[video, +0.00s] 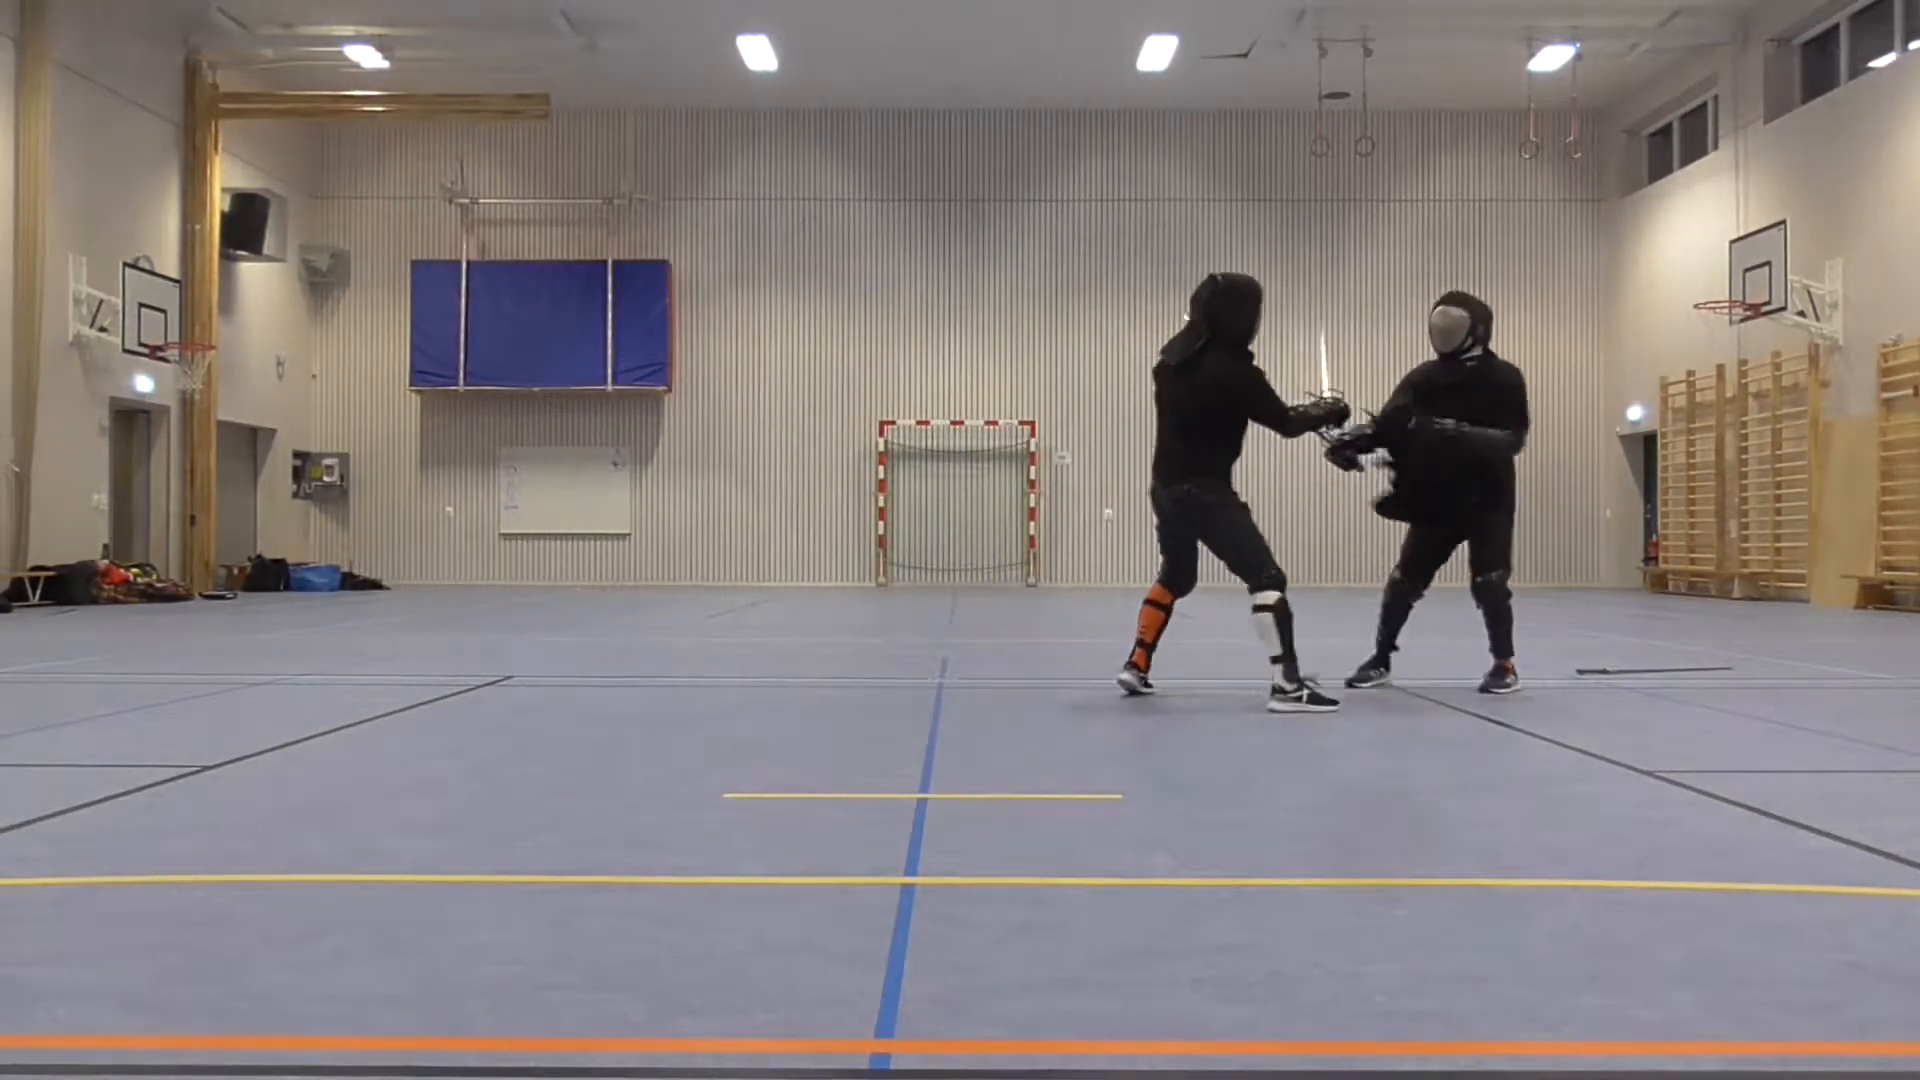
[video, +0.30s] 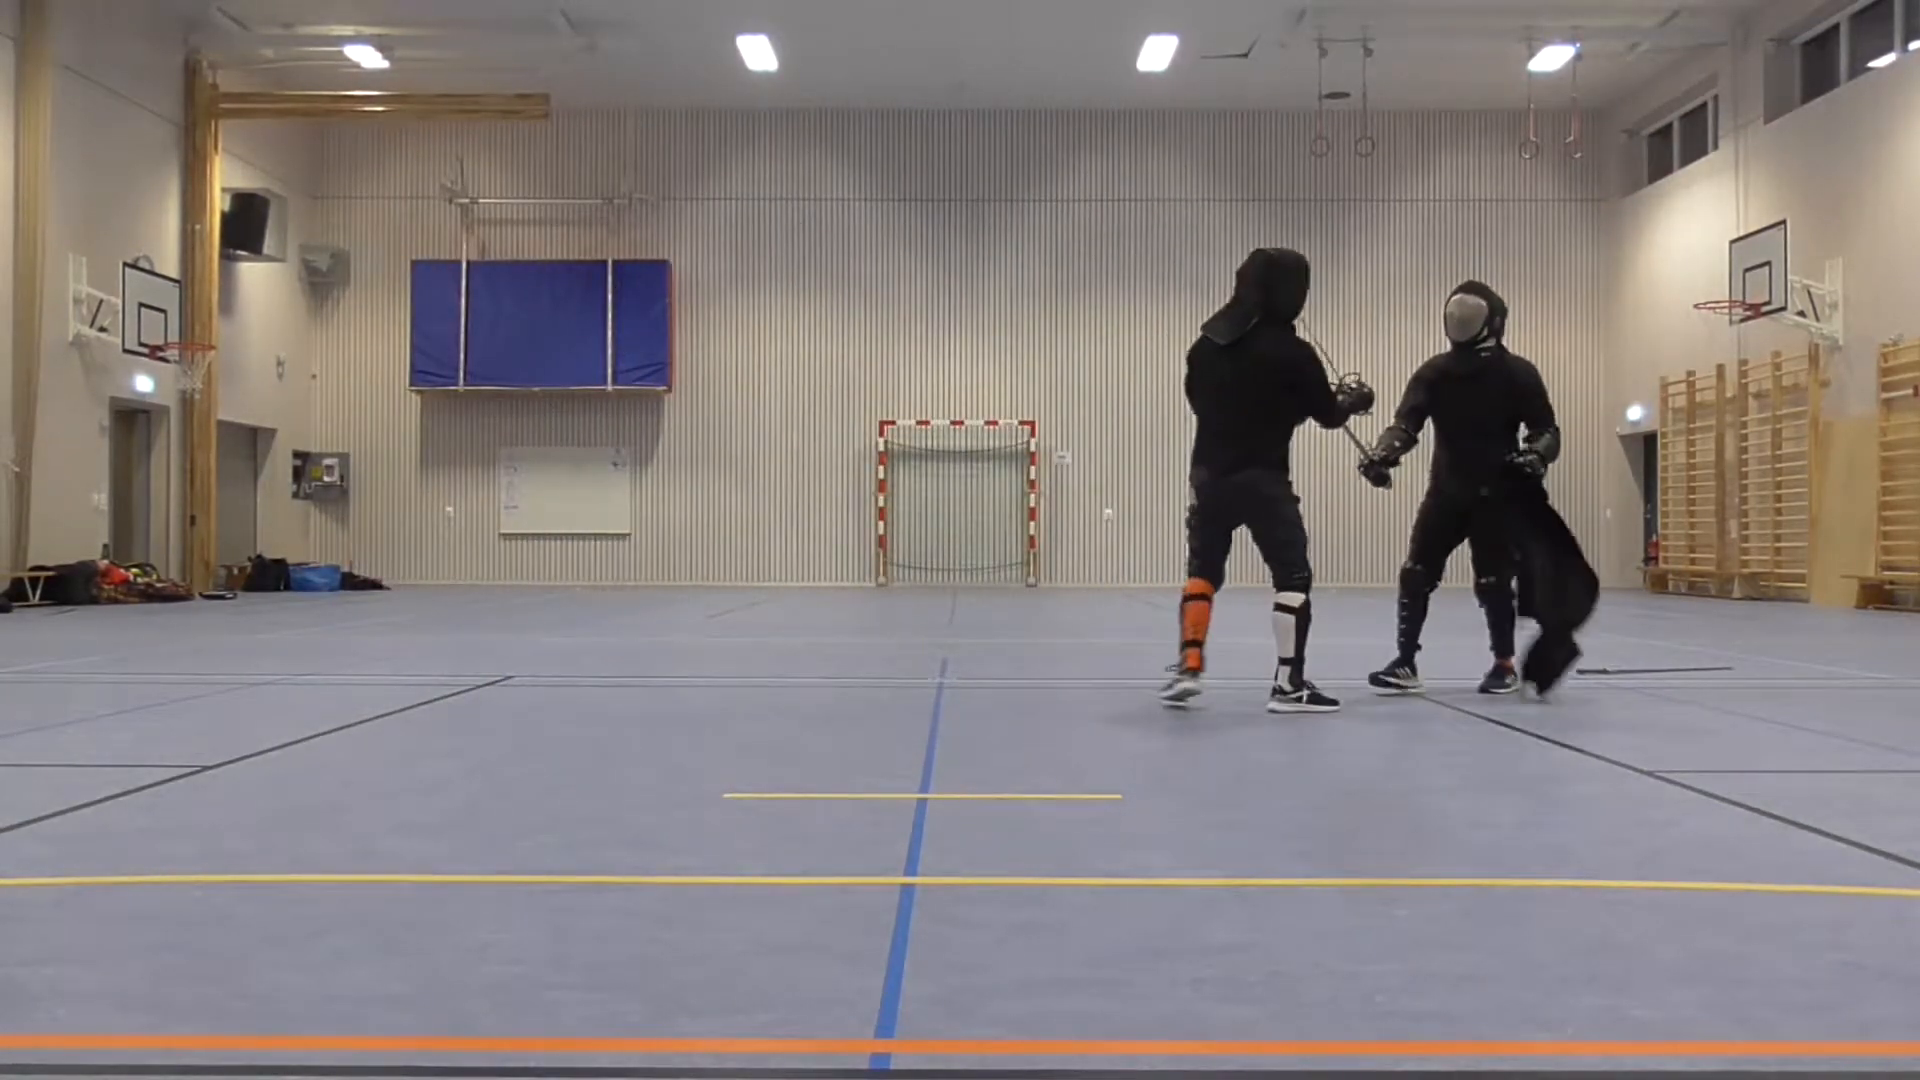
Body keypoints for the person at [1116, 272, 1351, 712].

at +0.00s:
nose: (1256, 323)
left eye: (1255, 314)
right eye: (1253, 315)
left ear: (1204, 314)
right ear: (1240, 319)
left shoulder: (1171, 360)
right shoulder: (1237, 372)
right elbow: (1287, 425)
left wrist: (1294, 410)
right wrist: (1327, 410)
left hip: (1166, 490)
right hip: (1209, 492)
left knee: (1175, 576)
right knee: (1266, 579)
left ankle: (1135, 668)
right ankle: (1288, 683)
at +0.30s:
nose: (1302, 301)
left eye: (1303, 291)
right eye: (1299, 292)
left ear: (1245, 287)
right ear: (1287, 294)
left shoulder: (1208, 341)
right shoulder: (1292, 352)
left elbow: (1197, 398)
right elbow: (1327, 415)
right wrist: (1350, 400)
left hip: (1210, 480)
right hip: (1265, 481)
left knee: (1202, 568)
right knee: (1293, 576)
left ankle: (1188, 669)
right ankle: (1289, 681)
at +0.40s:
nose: (1305, 294)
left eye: (1304, 285)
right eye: (1302, 286)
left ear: (1248, 284)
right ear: (1291, 291)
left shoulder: (1212, 338)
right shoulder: (1301, 349)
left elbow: (1195, 403)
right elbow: (1334, 415)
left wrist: (1240, 409)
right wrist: (1359, 398)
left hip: (1222, 478)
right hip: (1279, 479)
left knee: (1210, 568)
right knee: (1293, 576)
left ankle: (1226, 659)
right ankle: (1289, 683)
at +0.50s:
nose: (1304, 290)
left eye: (1302, 282)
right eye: (1301, 283)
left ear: (1246, 280)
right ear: (1294, 288)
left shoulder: (1215, 339)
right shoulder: (1304, 346)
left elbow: (1186, 414)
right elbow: (1335, 411)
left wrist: (1230, 421)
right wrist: (1356, 389)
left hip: (1231, 482)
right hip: (1292, 482)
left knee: (1217, 577)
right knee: (1295, 577)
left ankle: (1244, 667)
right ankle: (1292, 684)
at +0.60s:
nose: (1299, 292)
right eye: (1298, 284)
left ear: (1243, 279)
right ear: (1293, 286)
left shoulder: (1215, 340)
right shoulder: (1306, 343)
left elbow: (1179, 418)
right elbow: (1326, 401)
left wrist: (1206, 464)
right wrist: (1326, 366)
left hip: (1234, 484)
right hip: (1295, 485)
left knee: (1224, 584)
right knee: (1297, 581)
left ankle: (1258, 686)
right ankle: (1300, 683)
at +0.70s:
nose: (1304, 287)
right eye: (1302, 279)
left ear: (1245, 276)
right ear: (1295, 283)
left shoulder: (1217, 337)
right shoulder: (1309, 344)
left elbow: (1179, 404)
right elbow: (1307, 399)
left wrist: (1167, 457)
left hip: (1232, 480)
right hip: (1295, 479)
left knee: (1225, 588)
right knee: (1308, 577)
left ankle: (1261, 696)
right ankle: (1320, 684)